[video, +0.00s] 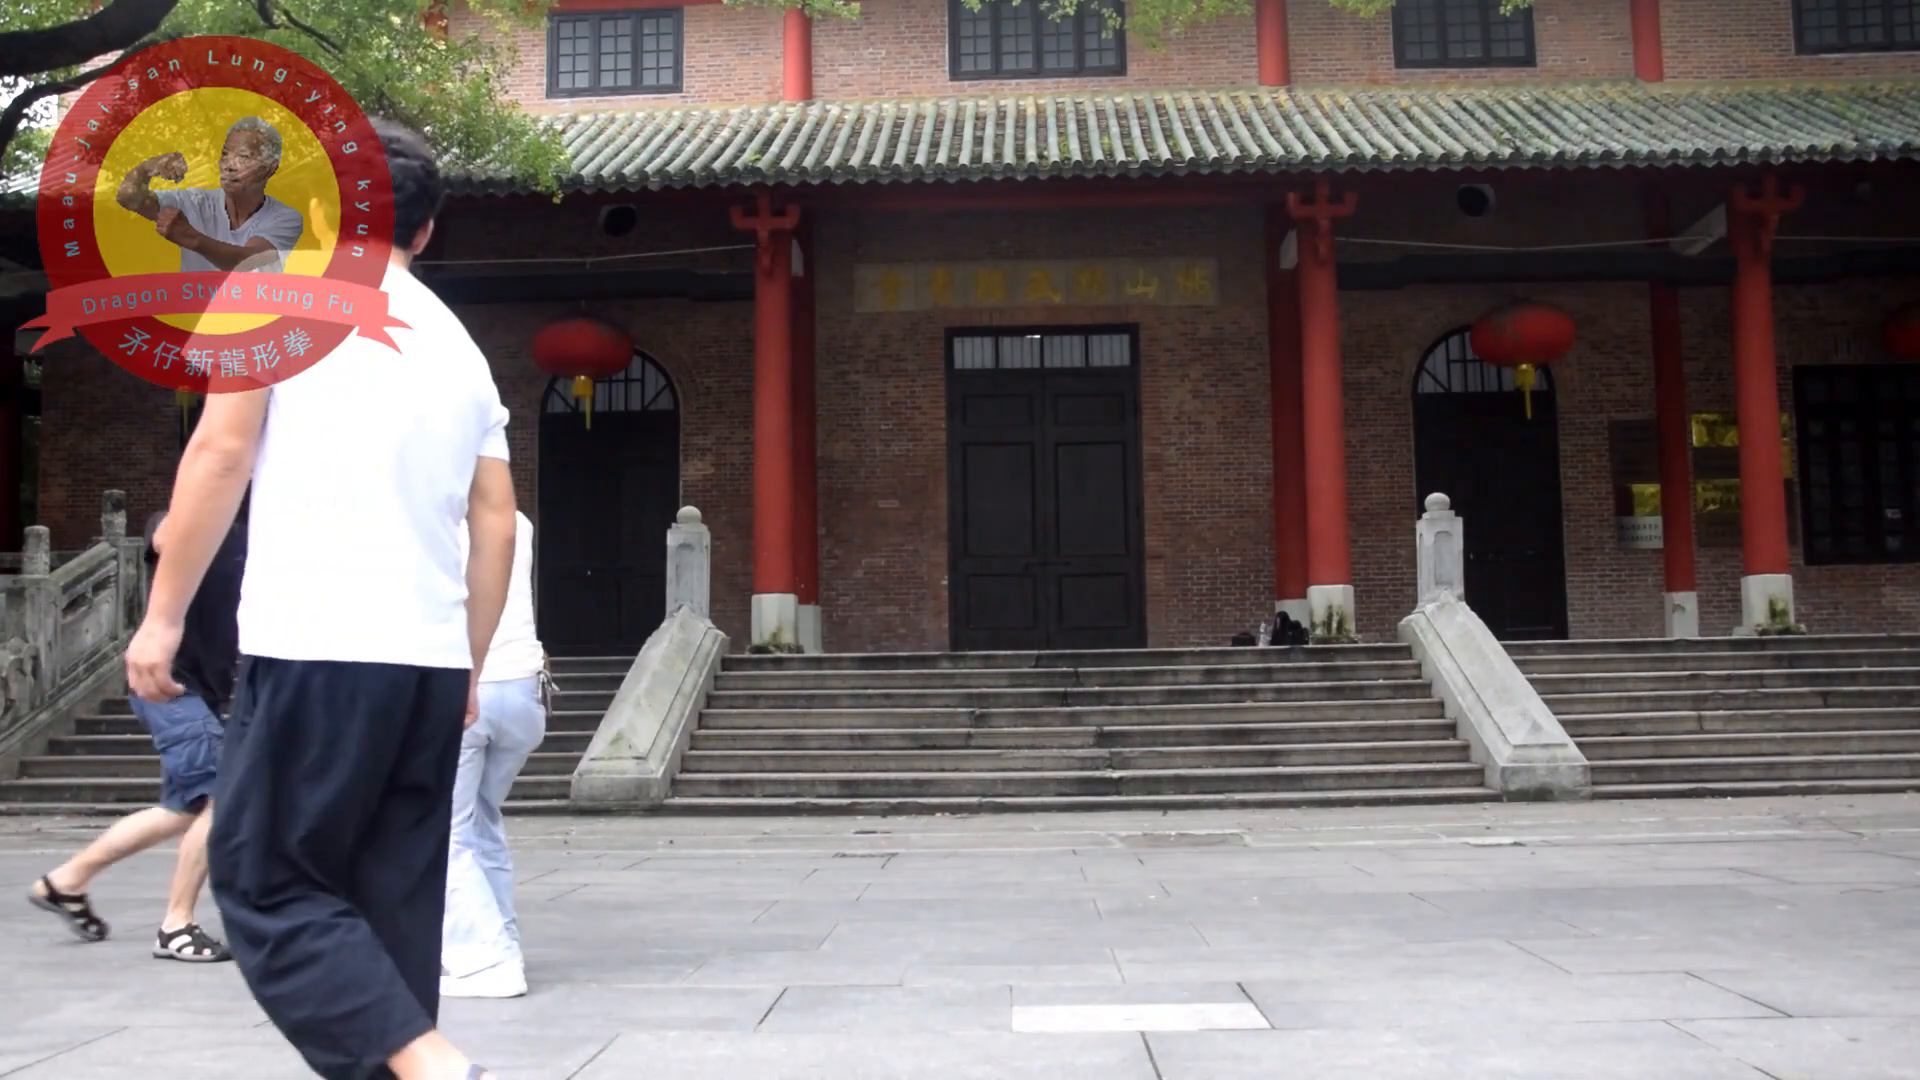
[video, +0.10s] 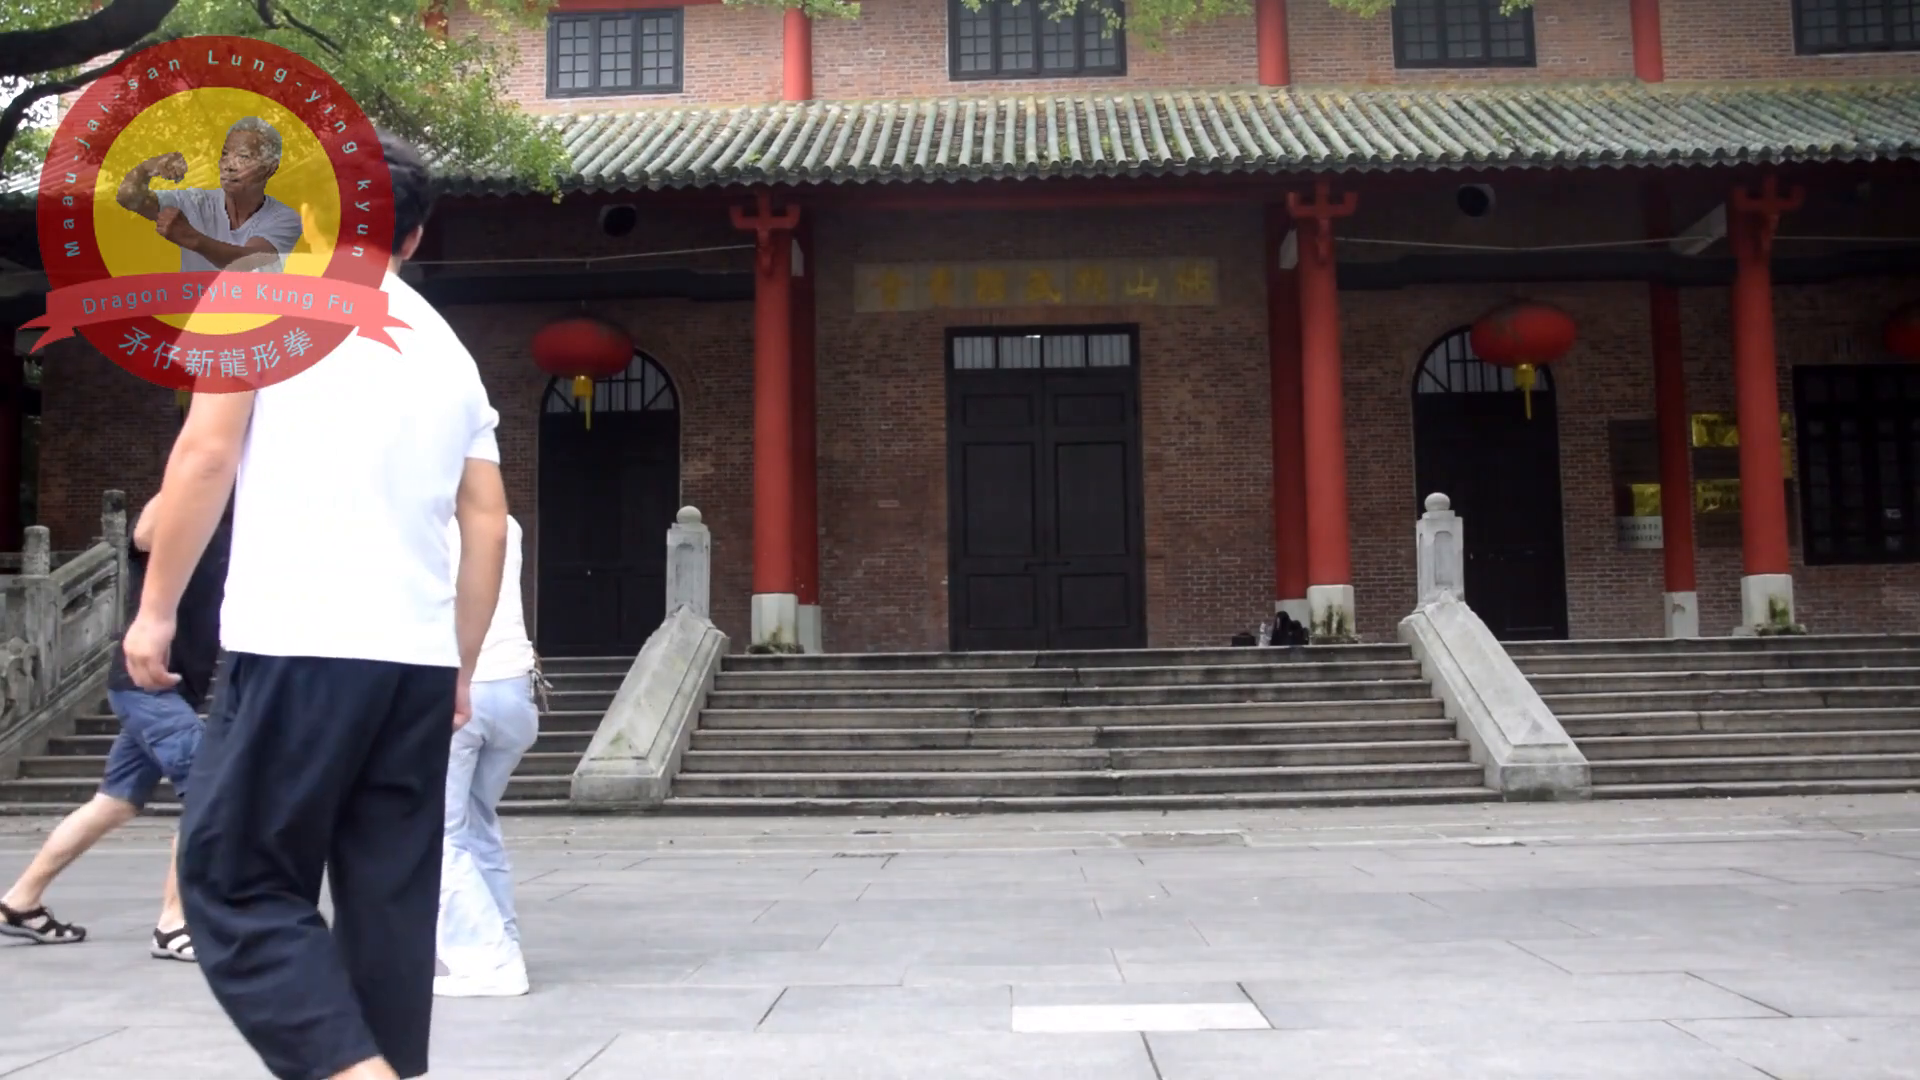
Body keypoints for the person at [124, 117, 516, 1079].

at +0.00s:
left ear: (329, 209)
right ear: (427, 234)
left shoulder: (275, 293)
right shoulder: (459, 348)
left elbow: (221, 451)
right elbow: (495, 521)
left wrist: (163, 614)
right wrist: (469, 663)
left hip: (312, 662)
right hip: (432, 668)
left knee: (263, 886)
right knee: (398, 901)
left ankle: (428, 1064)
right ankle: (386, 1072)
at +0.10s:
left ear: (322, 221)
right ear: (415, 242)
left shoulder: (260, 297)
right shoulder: (448, 351)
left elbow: (207, 450)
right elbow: (486, 521)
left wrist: (157, 608)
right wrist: (460, 661)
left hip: (296, 656)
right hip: (421, 666)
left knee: (237, 886)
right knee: (391, 903)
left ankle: (355, 1066)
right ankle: (390, 1074)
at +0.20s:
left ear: (314, 224)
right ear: (400, 243)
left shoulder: (245, 300)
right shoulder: (436, 351)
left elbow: (196, 458)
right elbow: (478, 525)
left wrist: (154, 607)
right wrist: (455, 666)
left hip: (279, 657)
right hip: (410, 667)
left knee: (208, 897)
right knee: (383, 919)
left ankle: (255, 1070)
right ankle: (378, 1071)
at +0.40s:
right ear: (352, 260)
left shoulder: (209, 307)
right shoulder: (411, 350)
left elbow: (170, 457)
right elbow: (459, 515)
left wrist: (137, 622)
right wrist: (448, 661)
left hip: (250, 644)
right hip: (385, 653)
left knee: (163, 891)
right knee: (372, 900)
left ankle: (126, 1064)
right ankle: (371, 1066)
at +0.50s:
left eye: (190, 255)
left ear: (222, 242)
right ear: (319, 249)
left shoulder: (184, 311)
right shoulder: (393, 352)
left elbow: (149, 465)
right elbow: (444, 512)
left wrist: (120, 628)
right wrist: (437, 665)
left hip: (227, 647)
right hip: (367, 655)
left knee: (143, 897)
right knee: (364, 902)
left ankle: (83, 1067)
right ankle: (367, 1066)